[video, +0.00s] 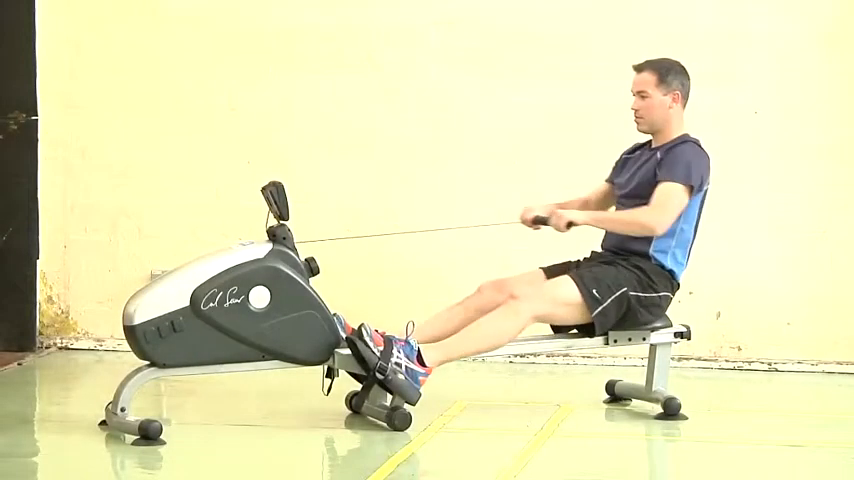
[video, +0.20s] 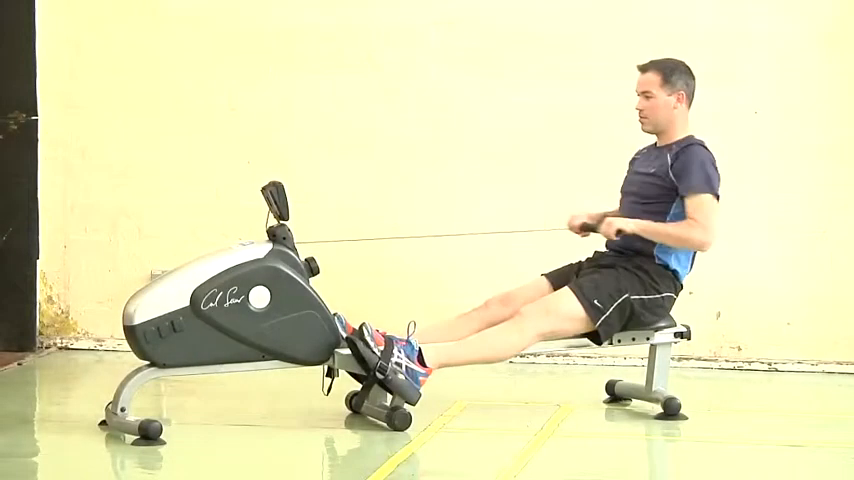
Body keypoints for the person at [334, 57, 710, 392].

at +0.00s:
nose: (634, 105)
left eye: (642, 96)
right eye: (634, 96)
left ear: (675, 99)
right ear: (650, 100)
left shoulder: (686, 154)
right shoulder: (635, 156)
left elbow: (655, 220)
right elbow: (596, 202)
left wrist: (581, 217)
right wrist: (552, 208)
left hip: (643, 276)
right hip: (607, 265)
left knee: (527, 302)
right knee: (493, 292)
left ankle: (422, 363)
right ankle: (392, 346)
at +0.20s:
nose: (638, 105)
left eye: (647, 97)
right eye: (638, 96)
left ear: (680, 99)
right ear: (659, 100)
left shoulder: (693, 155)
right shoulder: (647, 155)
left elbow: (703, 234)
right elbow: (640, 219)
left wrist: (631, 224)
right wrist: (599, 220)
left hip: (646, 274)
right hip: (611, 261)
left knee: (533, 320)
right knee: (502, 305)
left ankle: (421, 363)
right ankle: (397, 346)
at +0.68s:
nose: (605, 104)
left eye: (614, 94)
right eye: (604, 94)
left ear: (646, 97)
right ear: (624, 98)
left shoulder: (663, 152)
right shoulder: (615, 153)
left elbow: (651, 228)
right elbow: (592, 203)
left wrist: (581, 217)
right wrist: (549, 209)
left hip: (638, 279)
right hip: (600, 267)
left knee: (522, 290)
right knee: (486, 279)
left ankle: (421, 364)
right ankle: (398, 348)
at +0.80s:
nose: (582, 104)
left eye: (591, 95)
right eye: (582, 95)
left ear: (623, 98)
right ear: (611, 99)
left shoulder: (642, 151)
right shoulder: (593, 157)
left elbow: (614, 218)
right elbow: (561, 196)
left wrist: (542, 213)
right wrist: (511, 206)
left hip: (625, 281)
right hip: (591, 272)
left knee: (510, 272)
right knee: (475, 265)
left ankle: (421, 361)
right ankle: (401, 345)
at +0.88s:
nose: (566, 106)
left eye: (574, 96)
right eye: (566, 97)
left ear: (606, 98)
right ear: (598, 99)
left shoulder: (626, 152)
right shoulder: (576, 155)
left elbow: (583, 213)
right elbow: (534, 196)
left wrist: (507, 213)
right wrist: (484, 204)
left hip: (615, 281)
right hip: (579, 274)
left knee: (501, 264)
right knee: (465, 259)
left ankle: (423, 360)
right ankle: (396, 344)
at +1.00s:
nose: (538, 106)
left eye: (547, 97)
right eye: (538, 97)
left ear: (579, 100)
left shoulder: (599, 154)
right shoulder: (549, 157)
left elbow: (542, 207)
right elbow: (497, 192)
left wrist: (465, 218)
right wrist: (442, 208)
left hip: (598, 282)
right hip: (562, 276)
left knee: (493, 255)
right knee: (455, 249)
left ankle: (423, 360)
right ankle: (397, 341)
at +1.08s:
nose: (518, 109)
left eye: (527, 100)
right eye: (518, 101)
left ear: (559, 103)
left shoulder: (580, 156)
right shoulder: (528, 159)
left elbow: (518, 203)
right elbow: (473, 192)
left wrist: (440, 223)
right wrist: (415, 212)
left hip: (588, 284)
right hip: (549, 278)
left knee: (485, 250)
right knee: (446, 244)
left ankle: (422, 359)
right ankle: (394, 343)